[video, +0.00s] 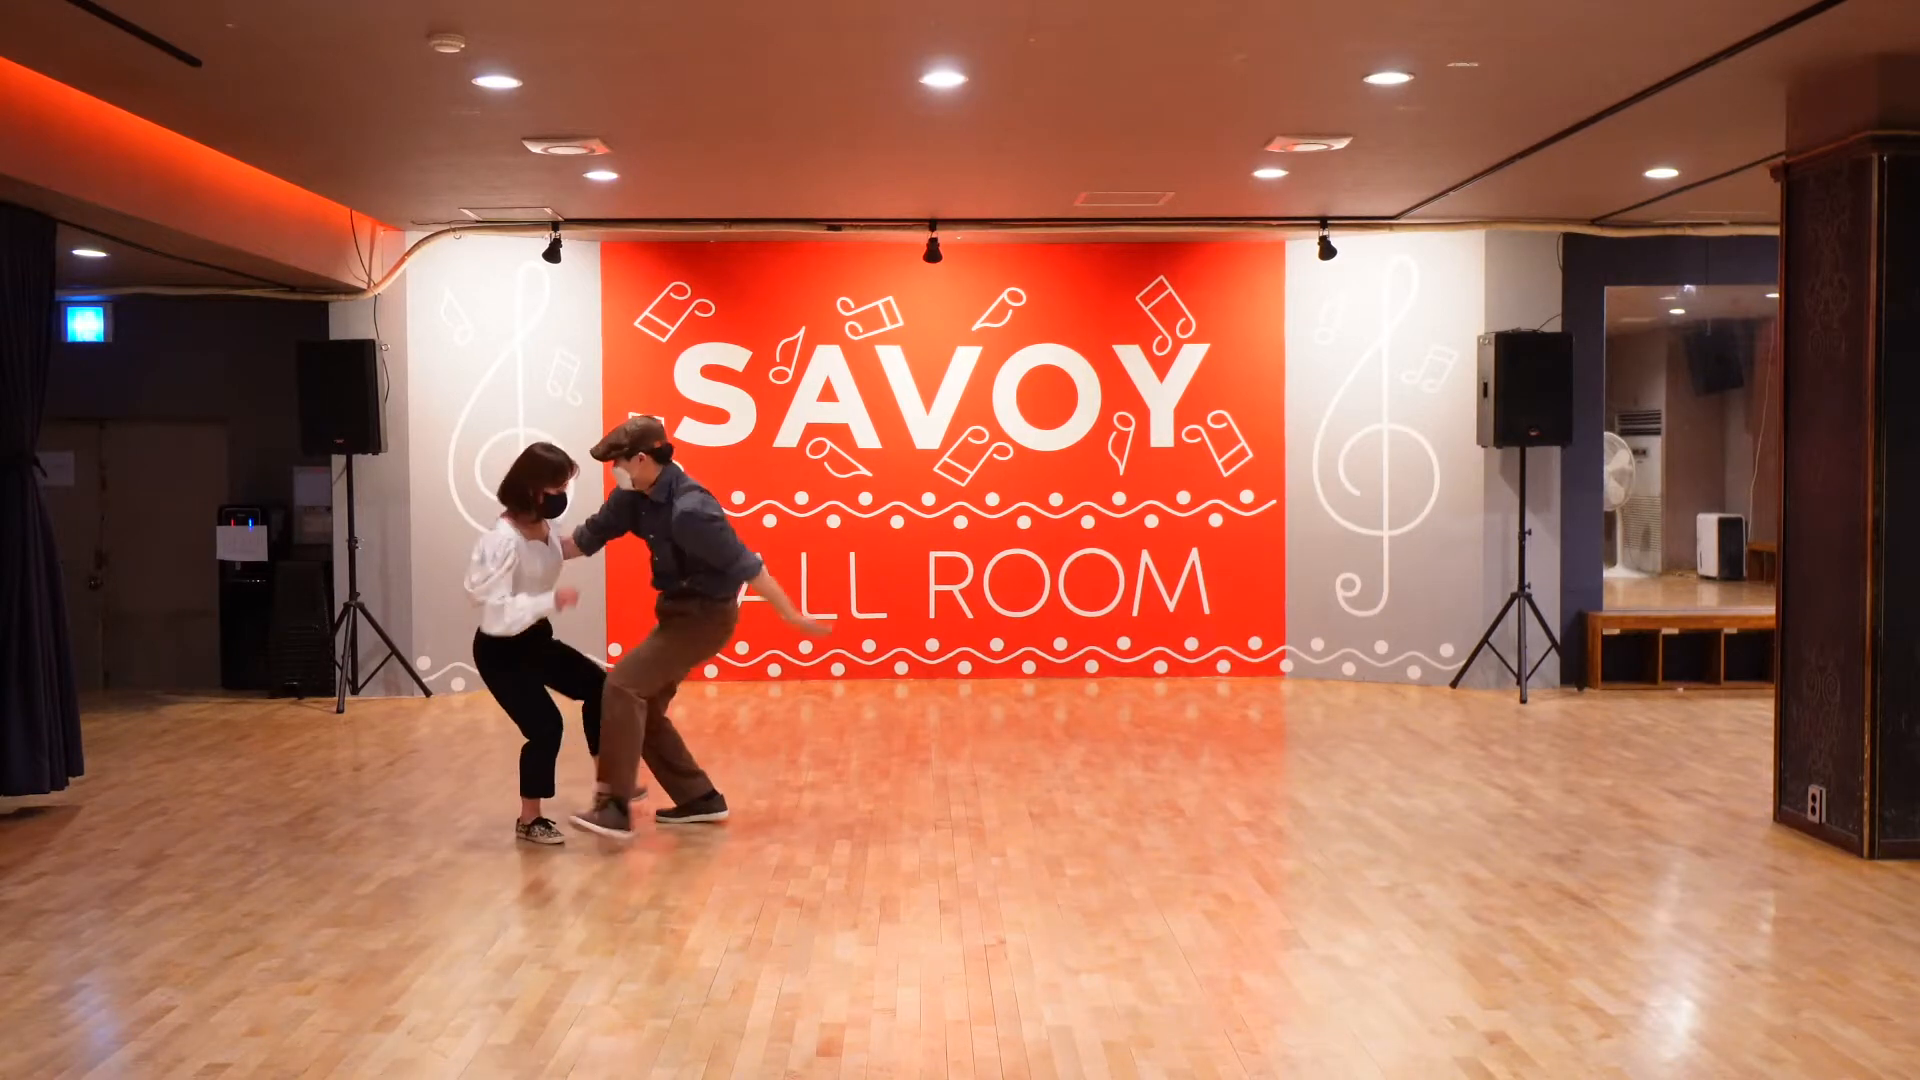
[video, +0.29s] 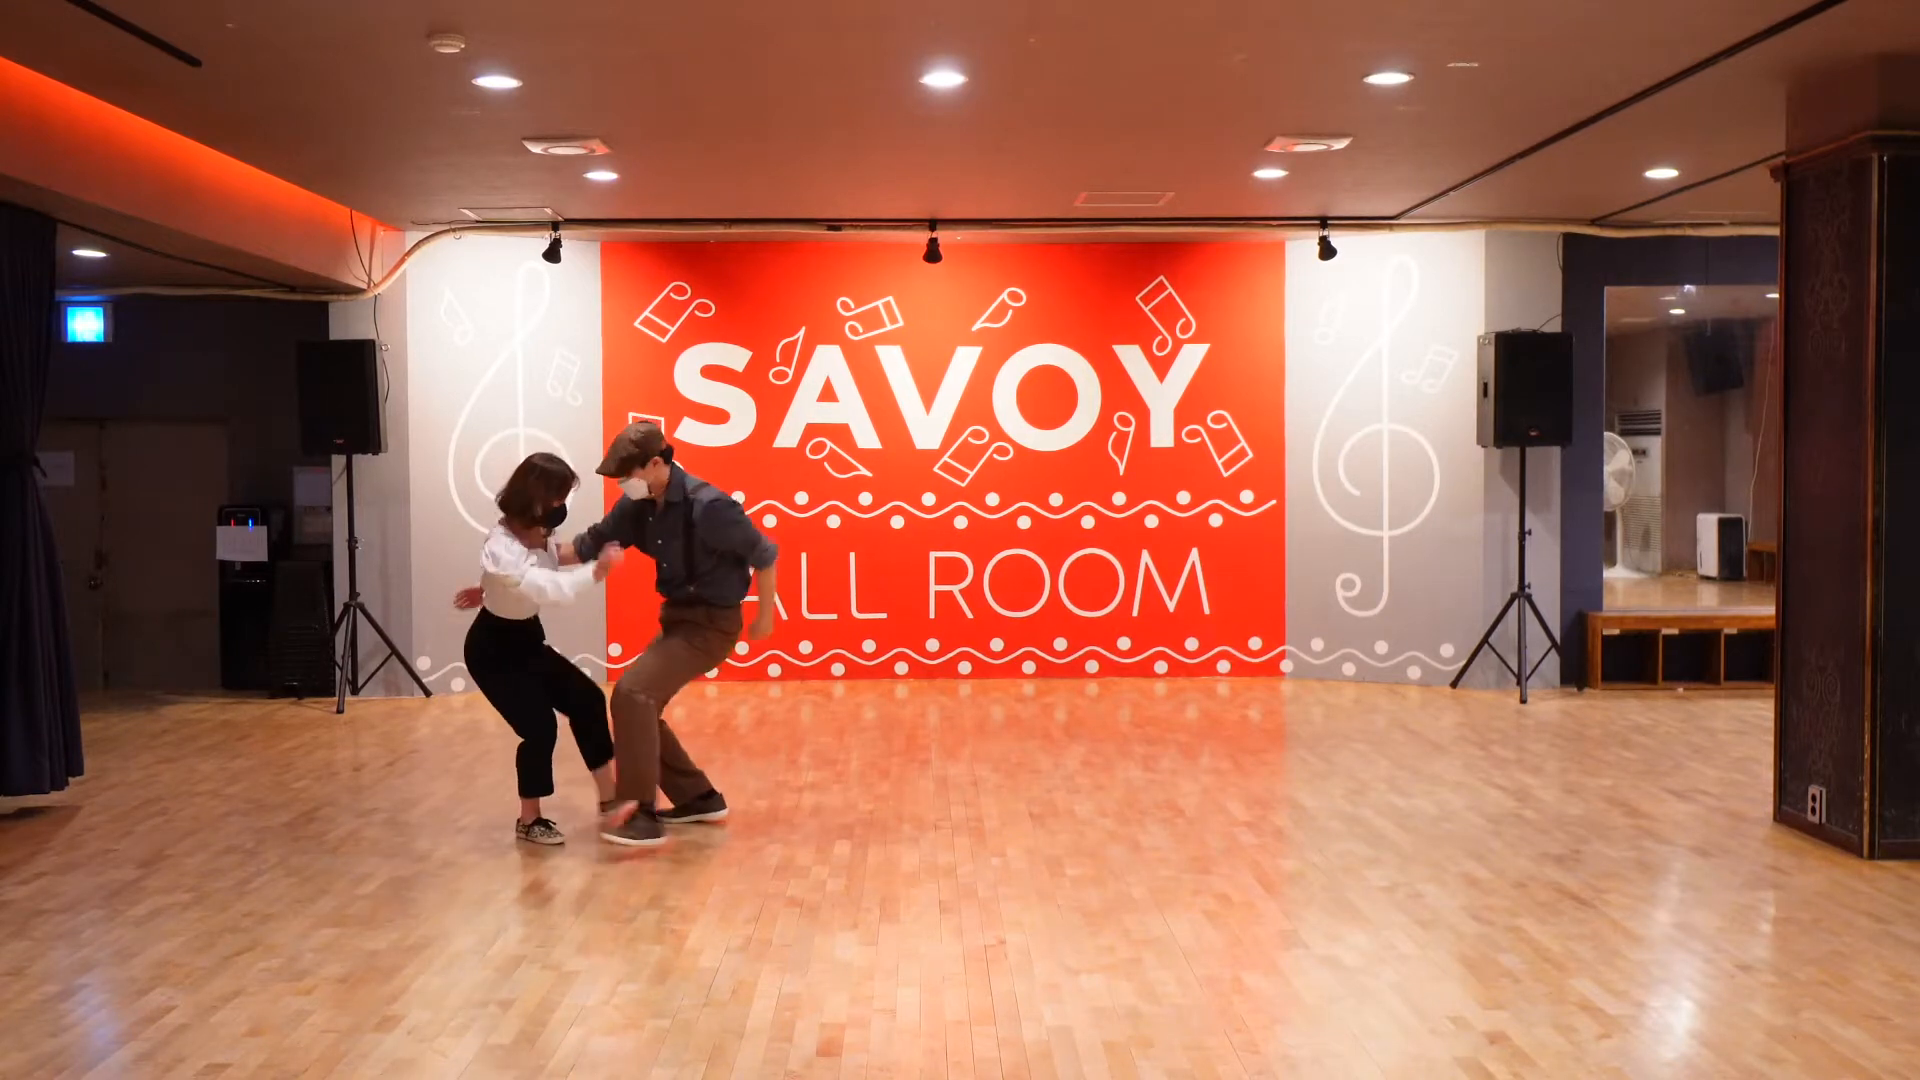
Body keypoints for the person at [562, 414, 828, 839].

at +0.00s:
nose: (616, 470)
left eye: (622, 462)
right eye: (615, 462)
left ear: (645, 460)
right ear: (638, 461)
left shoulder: (690, 509)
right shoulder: (631, 497)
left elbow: (752, 568)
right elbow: (580, 541)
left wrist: (795, 618)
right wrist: (529, 538)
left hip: (707, 617)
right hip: (676, 614)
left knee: (622, 686)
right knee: (644, 711)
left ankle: (614, 807)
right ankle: (700, 798)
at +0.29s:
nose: (626, 487)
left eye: (630, 478)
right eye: (622, 479)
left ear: (656, 466)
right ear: (645, 469)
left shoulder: (709, 506)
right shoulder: (638, 507)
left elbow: (765, 555)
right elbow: (590, 544)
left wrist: (765, 616)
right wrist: (544, 552)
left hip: (712, 624)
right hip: (675, 622)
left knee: (632, 693)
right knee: (638, 709)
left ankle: (641, 815)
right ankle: (697, 797)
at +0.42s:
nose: (628, 494)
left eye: (633, 484)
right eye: (625, 486)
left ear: (663, 472)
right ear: (657, 474)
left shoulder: (711, 518)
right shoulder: (645, 517)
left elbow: (745, 594)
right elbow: (596, 554)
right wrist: (537, 564)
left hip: (709, 642)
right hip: (681, 638)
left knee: (637, 723)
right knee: (627, 718)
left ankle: (701, 820)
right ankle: (698, 800)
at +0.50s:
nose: (626, 497)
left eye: (633, 488)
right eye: (624, 488)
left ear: (664, 477)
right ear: (656, 479)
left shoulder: (704, 519)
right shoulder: (646, 522)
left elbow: (730, 595)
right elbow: (592, 560)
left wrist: (679, 644)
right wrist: (534, 558)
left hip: (724, 636)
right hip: (693, 633)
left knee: (641, 726)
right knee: (624, 715)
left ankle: (698, 823)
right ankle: (699, 794)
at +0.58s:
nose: (628, 499)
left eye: (634, 490)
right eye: (624, 491)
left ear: (664, 479)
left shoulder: (704, 517)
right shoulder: (645, 523)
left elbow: (699, 592)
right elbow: (584, 564)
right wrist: (532, 551)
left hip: (727, 638)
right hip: (694, 634)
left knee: (646, 726)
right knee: (621, 692)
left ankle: (699, 824)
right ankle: (669, 795)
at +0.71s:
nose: (627, 500)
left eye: (634, 491)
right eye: (623, 492)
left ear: (664, 479)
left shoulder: (693, 511)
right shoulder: (650, 520)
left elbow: (653, 560)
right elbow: (587, 566)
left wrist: (598, 508)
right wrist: (528, 560)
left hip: (732, 634)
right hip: (703, 633)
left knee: (647, 723)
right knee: (631, 676)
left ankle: (699, 823)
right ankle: (607, 786)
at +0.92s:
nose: (624, 497)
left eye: (629, 487)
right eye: (620, 488)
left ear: (660, 478)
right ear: (651, 481)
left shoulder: (688, 509)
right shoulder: (643, 521)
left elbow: (620, 543)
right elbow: (585, 565)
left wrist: (555, 503)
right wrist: (530, 559)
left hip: (736, 630)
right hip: (706, 629)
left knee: (655, 721)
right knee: (630, 687)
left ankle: (699, 824)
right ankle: (620, 796)